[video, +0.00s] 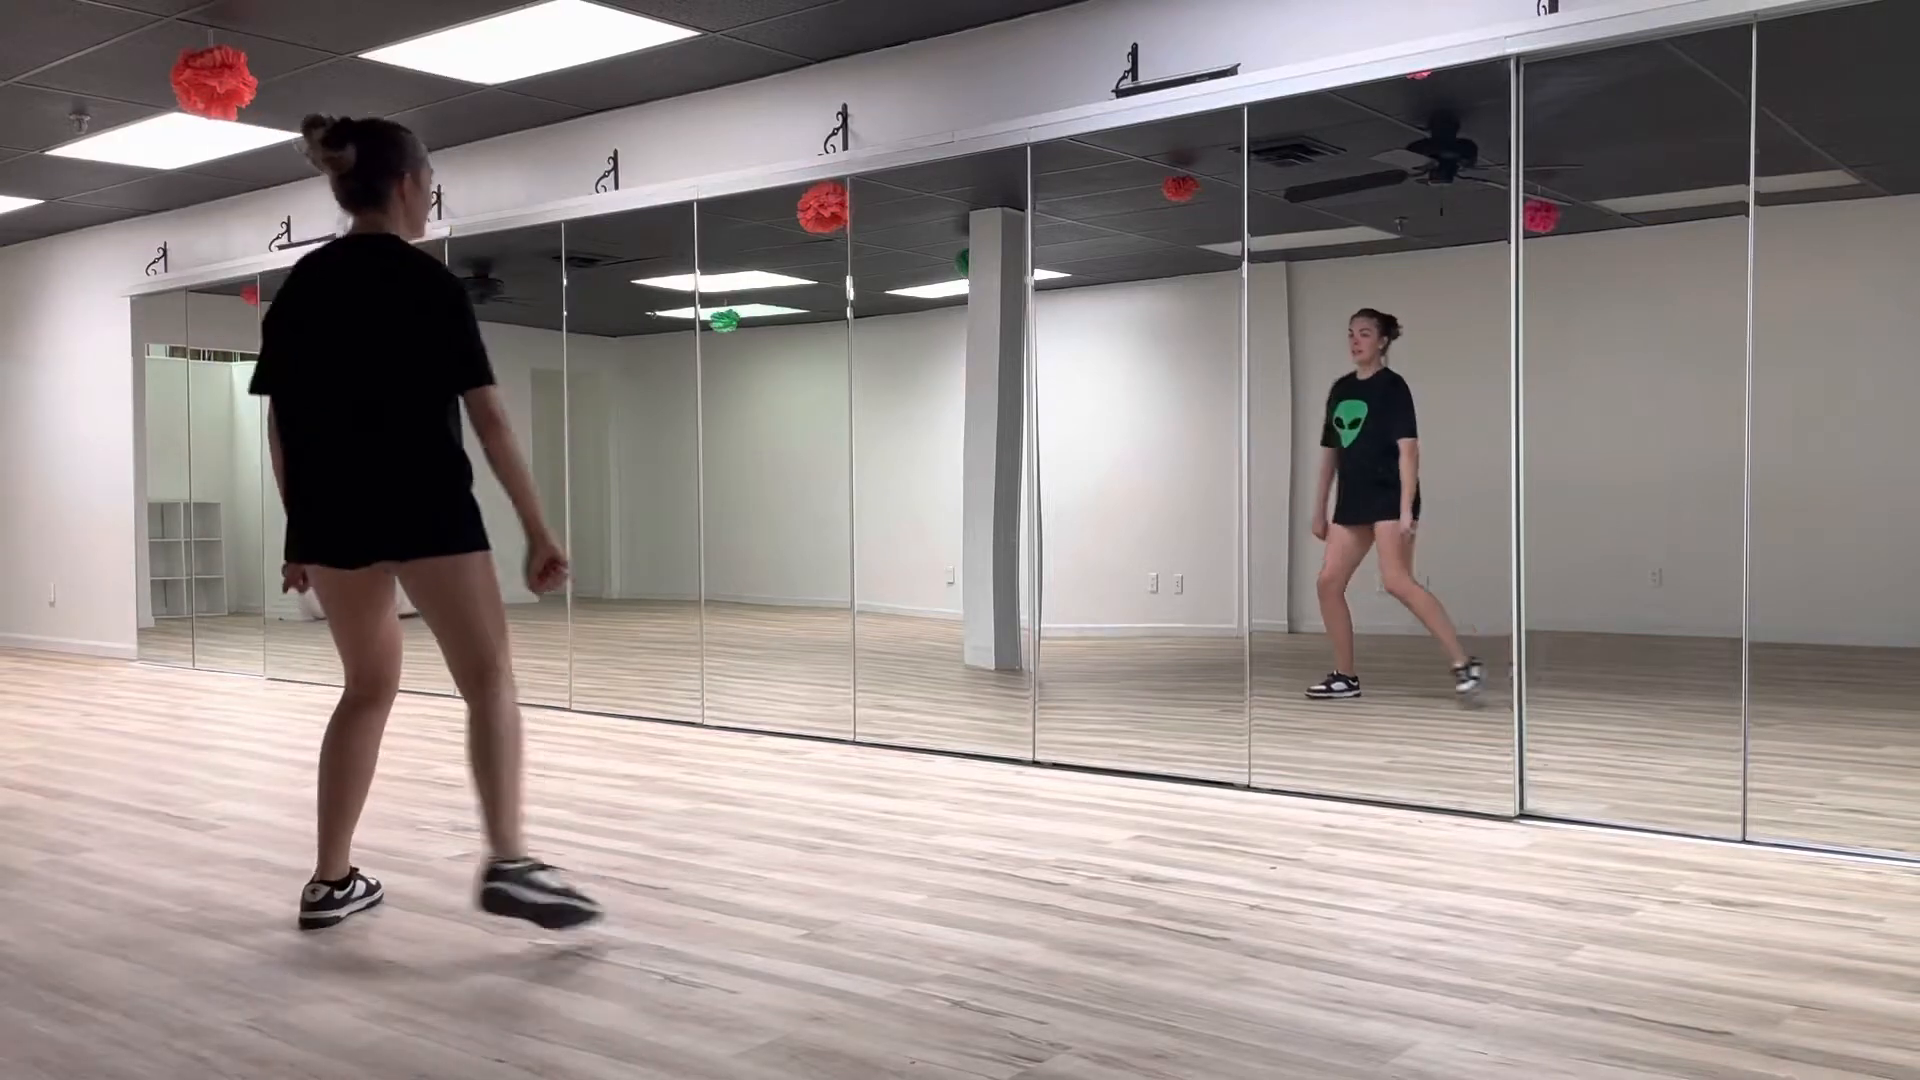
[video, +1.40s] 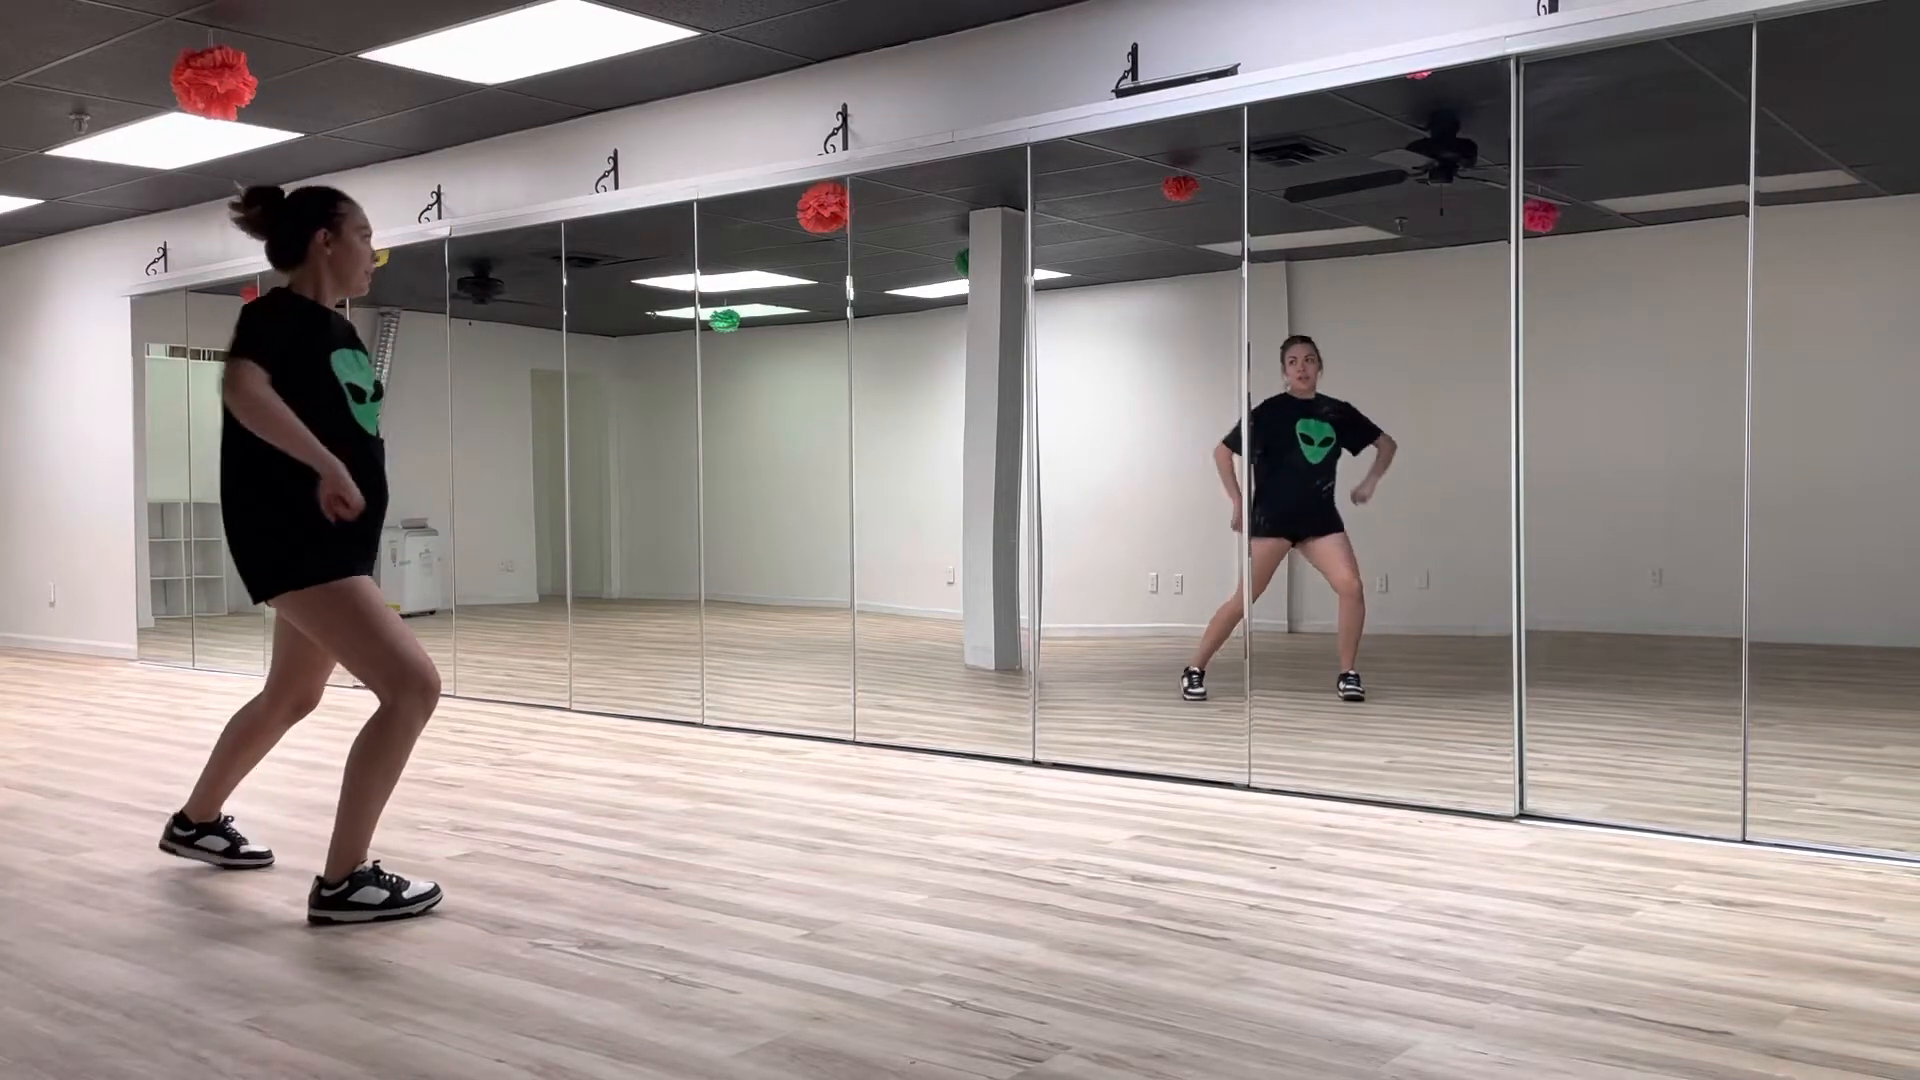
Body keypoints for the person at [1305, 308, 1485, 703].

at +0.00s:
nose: (1356, 341)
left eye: (1364, 335)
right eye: (1352, 335)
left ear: (1384, 341)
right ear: (1348, 340)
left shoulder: (1394, 387)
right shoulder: (1340, 389)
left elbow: (1408, 450)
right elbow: (1329, 455)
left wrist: (1407, 509)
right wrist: (1320, 510)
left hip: (1392, 500)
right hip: (1353, 502)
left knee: (1397, 581)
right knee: (1328, 583)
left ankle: (1462, 664)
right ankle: (1344, 675)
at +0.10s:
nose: (1346, 329)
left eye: (1355, 322)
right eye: (1342, 323)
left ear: (1374, 328)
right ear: (1339, 329)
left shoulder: (1389, 375)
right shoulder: (1330, 377)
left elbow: (1399, 442)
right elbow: (1319, 444)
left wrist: (1401, 502)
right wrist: (1308, 498)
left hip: (1380, 488)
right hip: (1340, 489)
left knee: (1375, 573)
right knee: (1334, 579)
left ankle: (1408, 661)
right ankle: (1344, 674)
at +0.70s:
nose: (1334, 339)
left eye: (1343, 333)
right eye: (1328, 333)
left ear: (1358, 339)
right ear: (1321, 340)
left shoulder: (1377, 387)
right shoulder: (1305, 385)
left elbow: (1407, 433)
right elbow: (1279, 434)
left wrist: (1441, 466)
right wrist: (1252, 458)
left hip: (1359, 500)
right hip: (1310, 498)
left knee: (1354, 582)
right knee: (1303, 583)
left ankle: (1355, 673)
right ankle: (1300, 662)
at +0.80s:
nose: (1328, 338)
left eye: (1337, 331)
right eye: (1321, 331)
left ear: (1351, 337)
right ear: (1313, 338)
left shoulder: (1369, 383)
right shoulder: (1296, 382)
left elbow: (1412, 420)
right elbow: (1263, 426)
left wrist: (1439, 419)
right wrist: (1251, 414)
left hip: (1352, 494)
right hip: (1302, 491)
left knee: (1351, 582)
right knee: (1286, 580)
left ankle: (1355, 672)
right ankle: (1258, 651)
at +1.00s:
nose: (1308, 350)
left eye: (1315, 344)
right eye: (1300, 344)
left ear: (1325, 351)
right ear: (1290, 352)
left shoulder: (1344, 392)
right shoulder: (1273, 387)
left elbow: (1396, 399)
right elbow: (1213, 396)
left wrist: (1384, 380)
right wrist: (1254, 388)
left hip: (1325, 507)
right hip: (1276, 504)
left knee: (1355, 580)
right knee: (1248, 584)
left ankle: (1354, 674)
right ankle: (1198, 662)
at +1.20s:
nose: (1293, 376)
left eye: (1299, 368)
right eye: (1284, 369)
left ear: (1308, 373)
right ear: (1273, 375)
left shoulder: (1320, 412)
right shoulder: (1256, 409)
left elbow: (1368, 411)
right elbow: (1198, 418)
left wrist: (1349, 429)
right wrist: (1235, 445)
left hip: (1303, 525)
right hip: (1258, 523)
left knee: (1348, 584)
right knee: (1238, 606)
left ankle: (1348, 674)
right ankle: (1193, 675)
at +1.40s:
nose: (1302, 367)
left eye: (1309, 360)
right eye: (1293, 361)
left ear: (1319, 366)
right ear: (1283, 370)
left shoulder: (1337, 411)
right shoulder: (1268, 412)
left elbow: (1387, 444)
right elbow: (1222, 452)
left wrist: (1369, 482)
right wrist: (1238, 501)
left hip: (1320, 518)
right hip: (1272, 518)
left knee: (1351, 586)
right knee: (1245, 598)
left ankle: (1349, 674)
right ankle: (1196, 669)